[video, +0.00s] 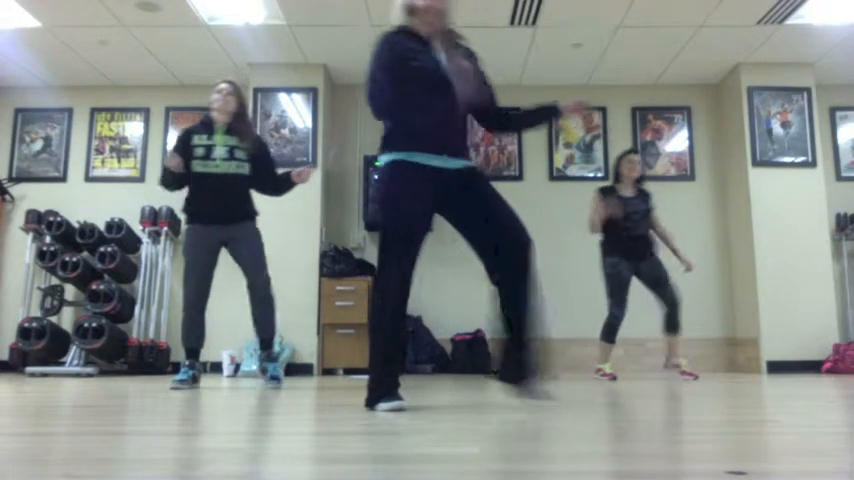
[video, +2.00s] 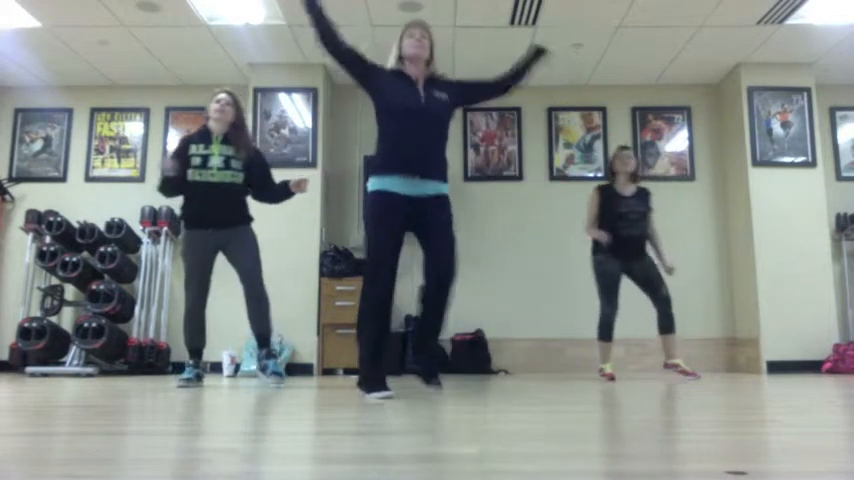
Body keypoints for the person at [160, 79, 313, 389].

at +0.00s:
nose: (220, 97)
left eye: (228, 94)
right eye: (217, 92)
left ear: (239, 105)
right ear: (209, 100)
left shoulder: (250, 141)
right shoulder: (190, 137)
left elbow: (266, 184)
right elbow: (172, 184)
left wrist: (291, 179)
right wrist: (173, 170)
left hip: (241, 226)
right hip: (202, 227)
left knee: (260, 285)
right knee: (194, 295)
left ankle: (267, 357)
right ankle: (190, 364)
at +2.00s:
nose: (221, 105)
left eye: (227, 103)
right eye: (217, 101)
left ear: (236, 115)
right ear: (207, 110)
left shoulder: (246, 150)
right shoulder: (188, 145)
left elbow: (263, 191)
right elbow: (170, 189)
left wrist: (289, 188)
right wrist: (171, 174)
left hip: (237, 230)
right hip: (199, 232)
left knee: (255, 287)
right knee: (195, 297)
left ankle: (265, 355)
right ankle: (194, 363)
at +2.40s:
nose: (214, 107)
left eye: (220, 105)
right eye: (211, 103)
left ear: (230, 115)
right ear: (202, 111)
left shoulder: (240, 148)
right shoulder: (184, 147)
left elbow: (268, 175)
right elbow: (152, 168)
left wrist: (281, 159)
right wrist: (137, 152)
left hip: (235, 231)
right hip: (197, 232)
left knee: (248, 292)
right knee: (194, 297)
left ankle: (260, 360)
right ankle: (193, 363)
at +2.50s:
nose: (220, 107)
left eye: (226, 104)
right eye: (216, 103)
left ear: (235, 114)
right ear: (207, 111)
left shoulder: (247, 148)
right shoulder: (187, 144)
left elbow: (284, 152)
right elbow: (147, 128)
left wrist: (284, 125)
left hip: (240, 228)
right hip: (204, 229)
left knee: (249, 291)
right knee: (198, 298)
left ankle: (260, 358)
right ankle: (195, 363)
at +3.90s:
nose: (236, 110)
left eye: (242, 107)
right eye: (233, 105)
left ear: (253, 115)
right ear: (225, 112)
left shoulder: (265, 149)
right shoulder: (208, 145)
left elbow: (301, 158)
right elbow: (170, 143)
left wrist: (298, 125)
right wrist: (172, 109)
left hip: (252, 232)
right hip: (216, 231)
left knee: (252, 298)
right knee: (211, 298)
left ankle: (253, 364)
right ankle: (210, 364)